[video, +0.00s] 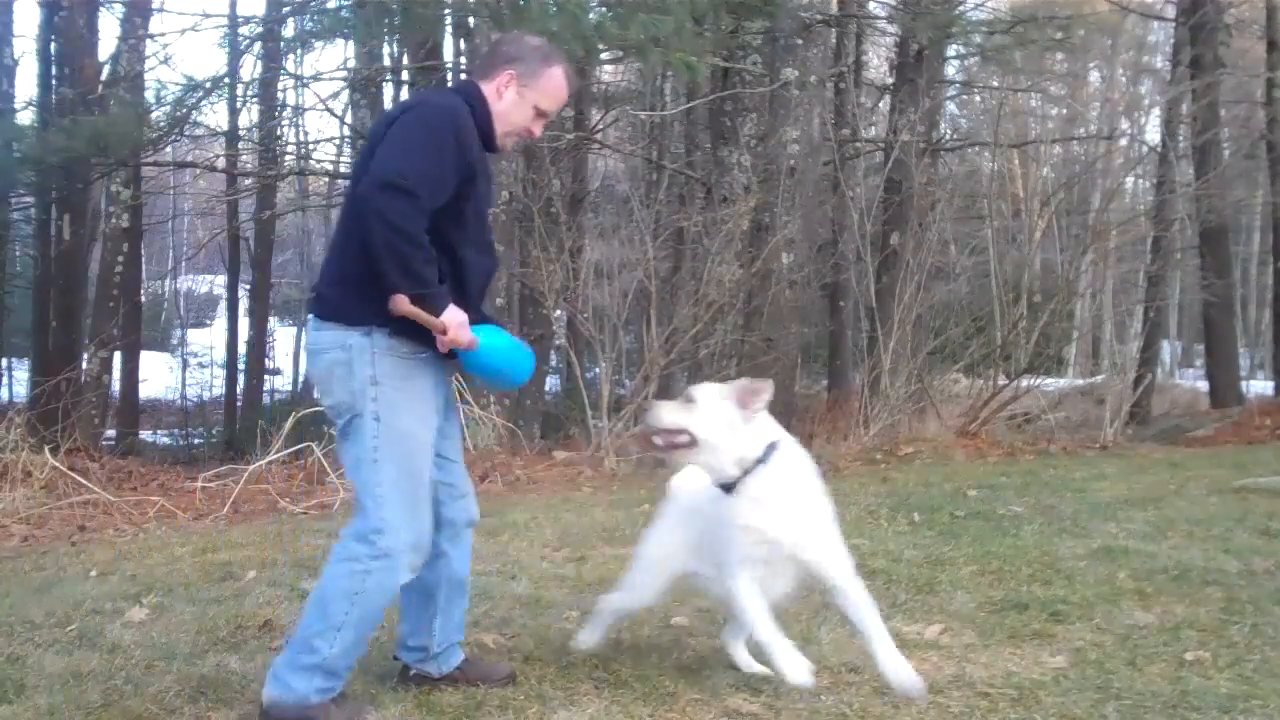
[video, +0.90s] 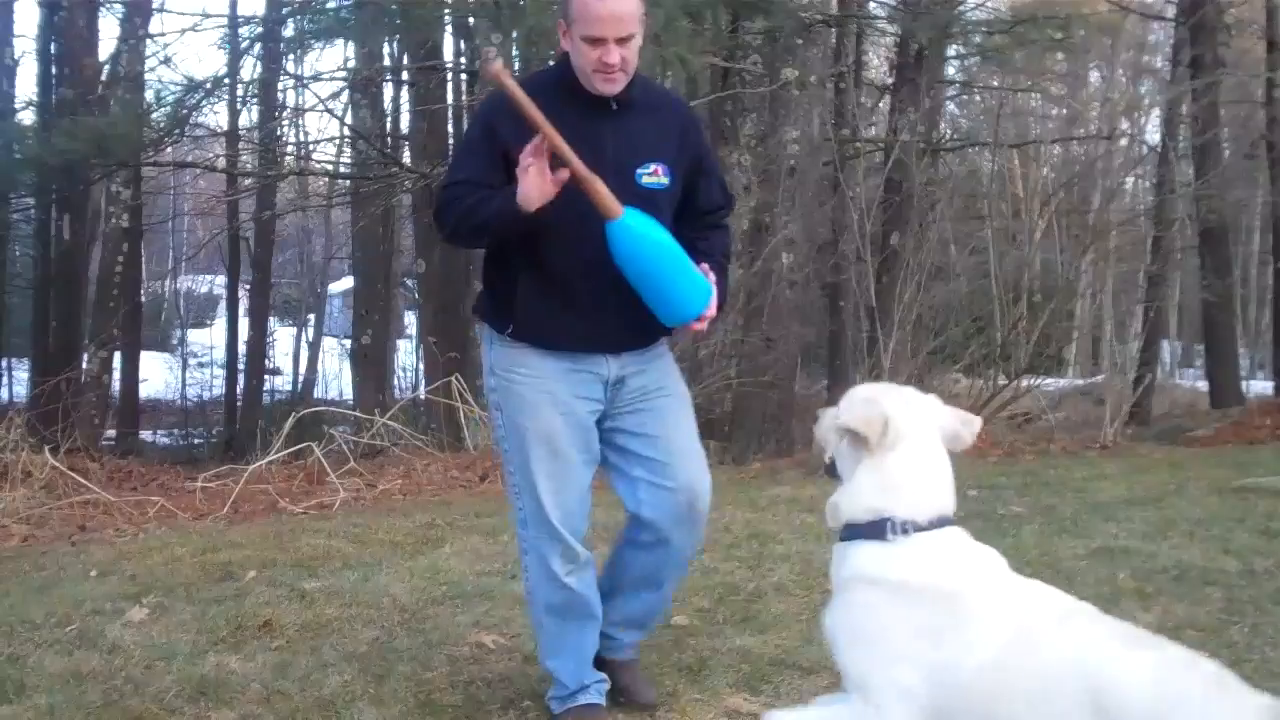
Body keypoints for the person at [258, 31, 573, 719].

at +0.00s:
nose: (538, 131)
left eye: (547, 120)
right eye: (539, 112)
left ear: (507, 91)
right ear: (506, 83)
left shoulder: (465, 139)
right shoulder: (443, 116)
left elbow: (437, 247)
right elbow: (389, 200)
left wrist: (458, 326)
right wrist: (435, 303)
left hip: (414, 347)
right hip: (370, 343)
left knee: (449, 513)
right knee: (393, 531)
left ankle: (432, 657)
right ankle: (297, 692)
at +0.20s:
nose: (568, 107)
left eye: (577, 97)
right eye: (563, 88)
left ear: (570, 94)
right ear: (520, 65)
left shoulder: (524, 153)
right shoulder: (452, 113)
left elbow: (510, 259)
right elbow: (375, 186)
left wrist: (538, 331)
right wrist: (435, 280)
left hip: (450, 336)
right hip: (395, 324)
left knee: (475, 486)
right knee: (474, 483)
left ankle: (441, 645)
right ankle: (398, 640)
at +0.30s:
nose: (574, 98)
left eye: (585, 87)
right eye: (565, 80)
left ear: (589, 86)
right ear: (525, 60)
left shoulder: (550, 156)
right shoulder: (457, 113)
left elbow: (547, 256)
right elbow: (376, 186)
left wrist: (562, 331)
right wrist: (438, 274)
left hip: (485, 338)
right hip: (414, 326)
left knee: (457, 489)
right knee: (496, 476)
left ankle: (428, 652)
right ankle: (478, 660)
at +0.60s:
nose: (594, 87)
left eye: (606, 73)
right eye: (580, 71)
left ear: (618, 68)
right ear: (541, 61)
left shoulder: (616, 146)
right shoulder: (482, 129)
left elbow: (633, 247)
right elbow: (407, 217)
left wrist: (647, 303)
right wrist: (479, 265)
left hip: (567, 356)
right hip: (486, 349)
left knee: (513, 508)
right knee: (554, 506)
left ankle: (440, 653)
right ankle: (578, 691)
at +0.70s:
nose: (601, 78)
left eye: (613, 62)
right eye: (585, 63)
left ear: (625, 52)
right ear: (548, 52)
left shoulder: (639, 136)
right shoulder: (495, 125)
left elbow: (662, 233)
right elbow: (422, 219)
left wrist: (671, 293)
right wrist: (498, 251)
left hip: (597, 356)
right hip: (510, 353)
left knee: (597, 513)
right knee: (555, 519)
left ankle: (470, 623)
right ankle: (575, 691)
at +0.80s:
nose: (605, 67)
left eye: (618, 51)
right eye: (588, 52)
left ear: (633, 43)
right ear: (556, 45)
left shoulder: (658, 126)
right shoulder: (504, 118)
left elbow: (686, 228)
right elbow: (436, 212)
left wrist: (693, 289)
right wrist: (515, 226)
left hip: (622, 356)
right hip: (523, 354)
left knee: (650, 503)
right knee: (554, 526)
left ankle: (533, 604)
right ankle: (576, 693)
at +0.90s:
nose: (612, 56)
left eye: (625, 40)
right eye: (596, 41)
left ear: (643, 33)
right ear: (563, 35)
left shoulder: (673, 119)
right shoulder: (513, 110)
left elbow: (707, 217)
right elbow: (454, 213)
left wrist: (706, 280)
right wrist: (517, 202)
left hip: (645, 356)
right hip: (537, 357)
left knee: (681, 500)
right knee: (557, 528)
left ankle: (613, 638)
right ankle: (576, 689)